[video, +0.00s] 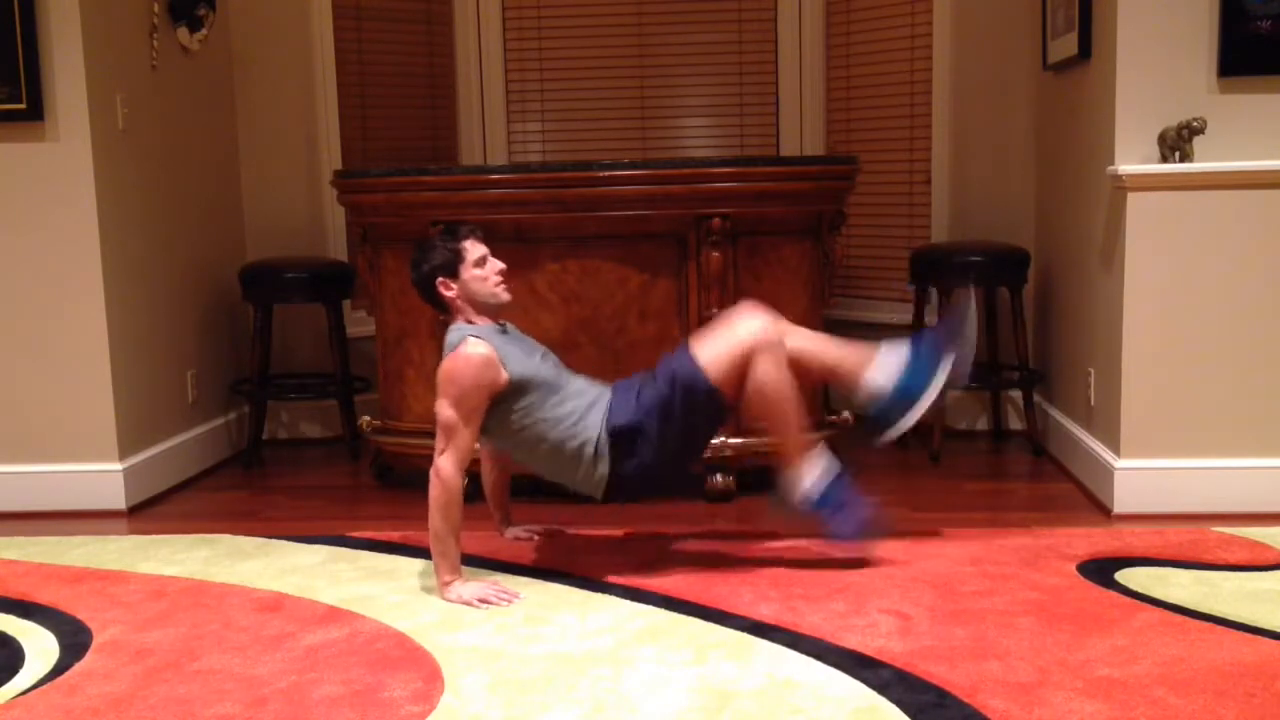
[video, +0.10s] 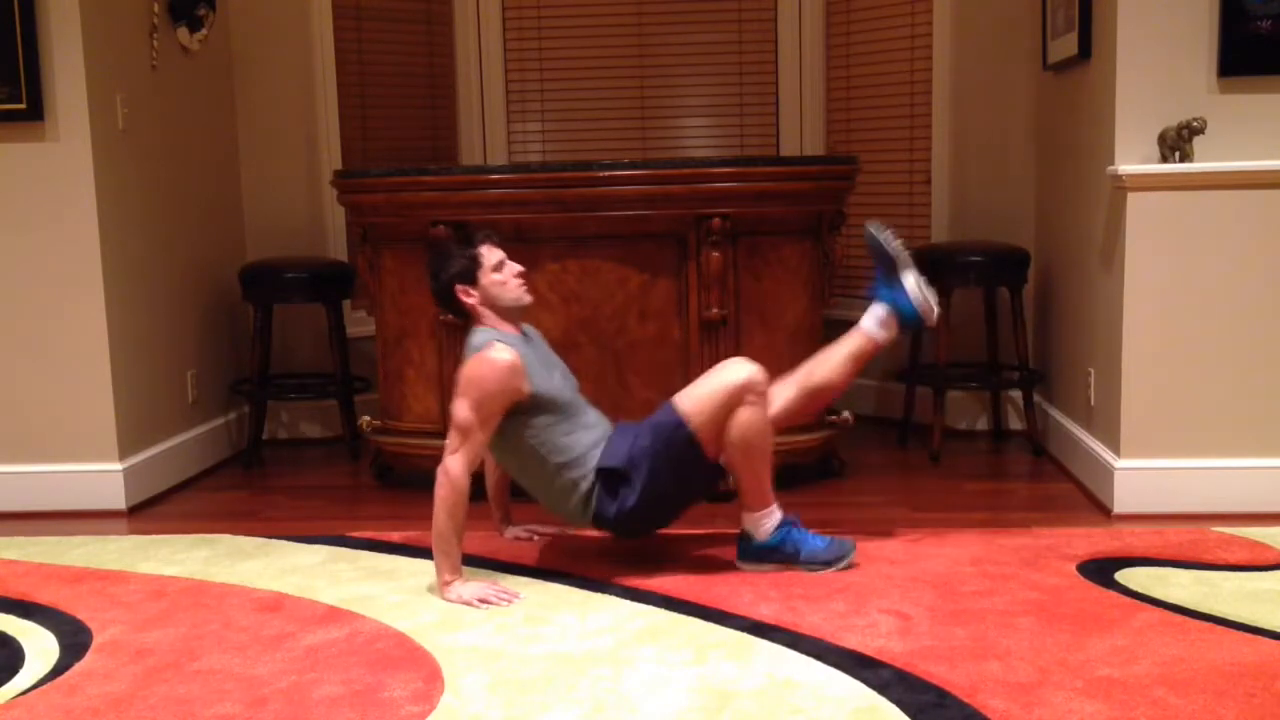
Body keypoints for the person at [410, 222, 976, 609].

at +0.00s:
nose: (499, 269)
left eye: (494, 259)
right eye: (482, 264)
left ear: (481, 277)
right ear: (449, 289)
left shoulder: (492, 337)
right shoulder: (468, 358)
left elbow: (486, 440)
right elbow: (445, 466)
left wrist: (499, 519)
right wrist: (448, 578)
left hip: (627, 420)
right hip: (621, 450)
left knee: (756, 317)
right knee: (753, 335)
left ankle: (887, 374)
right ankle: (807, 484)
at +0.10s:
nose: (517, 271)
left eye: (510, 262)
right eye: (500, 268)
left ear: (495, 287)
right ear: (470, 295)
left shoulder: (517, 338)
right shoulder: (489, 361)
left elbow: (494, 435)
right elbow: (453, 463)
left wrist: (500, 519)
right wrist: (446, 578)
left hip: (627, 464)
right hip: (615, 488)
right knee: (742, 378)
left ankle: (886, 317)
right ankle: (764, 529)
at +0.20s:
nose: (523, 272)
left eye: (516, 264)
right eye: (507, 270)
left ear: (502, 289)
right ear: (479, 300)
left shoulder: (526, 341)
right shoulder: (498, 363)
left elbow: (497, 438)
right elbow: (459, 464)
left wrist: (503, 520)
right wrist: (447, 578)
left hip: (624, 473)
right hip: (612, 500)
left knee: (766, 399)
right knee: (736, 382)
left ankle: (904, 355)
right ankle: (764, 531)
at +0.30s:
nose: (516, 269)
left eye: (511, 259)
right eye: (500, 264)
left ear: (494, 280)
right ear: (466, 290)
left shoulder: (512, 337)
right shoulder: (484, 359)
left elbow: (494, 439)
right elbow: (453, 467)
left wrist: (501, 521)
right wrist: (448, 576)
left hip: (640, 448)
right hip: (627, 475)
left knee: (776, 371)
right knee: (771, 372)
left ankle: (913, 412)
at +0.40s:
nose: (500, 271)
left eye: (495, 262)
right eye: (485, 266)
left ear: (464, 286)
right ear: (451, 290)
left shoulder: (489, 339)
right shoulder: (471, 358)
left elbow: (487, 440)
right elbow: (449, 466)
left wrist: (499, 516)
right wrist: (449, 576)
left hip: (648, 405)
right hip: (647, 437)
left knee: (778, 317)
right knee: (790, 332)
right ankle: (814, 495)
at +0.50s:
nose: (502, 271)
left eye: (497, 262)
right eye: (486, 266)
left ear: (471, 286)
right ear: (451, 292)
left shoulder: (495, 342)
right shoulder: (471, 357)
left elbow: (485, 443)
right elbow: (450, 464)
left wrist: (499, 520)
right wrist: (448, 576)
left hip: (647, 424)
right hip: (644, 435)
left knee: (787, 357)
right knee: (775, 315)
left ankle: (793, 474)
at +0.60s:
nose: (516, 274)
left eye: (510, 265)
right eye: (500, 270)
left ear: (492, 286)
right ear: (467, 296)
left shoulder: (510, 342)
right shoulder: (487, 362)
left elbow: (491, 441)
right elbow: (453, 467)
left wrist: (500, 521)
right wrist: (448, 578)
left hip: (637, 446)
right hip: (633, 470)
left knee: (767, 366)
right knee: (776, 376)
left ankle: (759, 515)